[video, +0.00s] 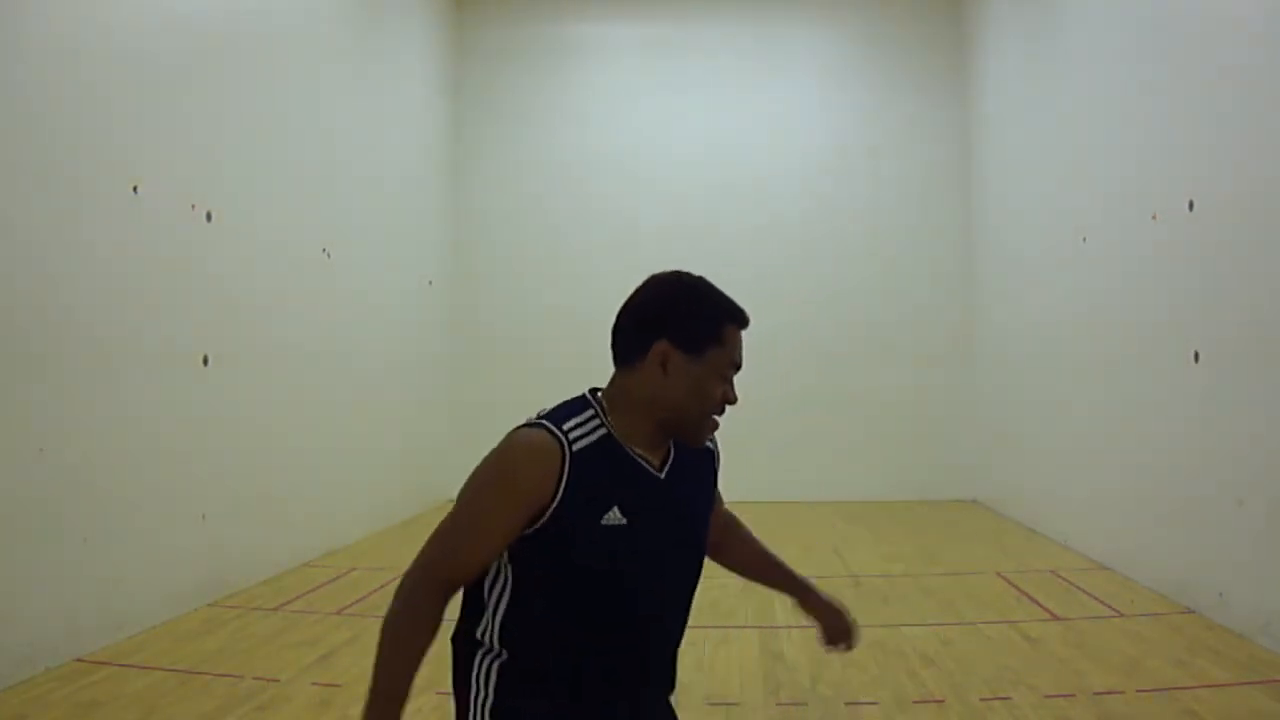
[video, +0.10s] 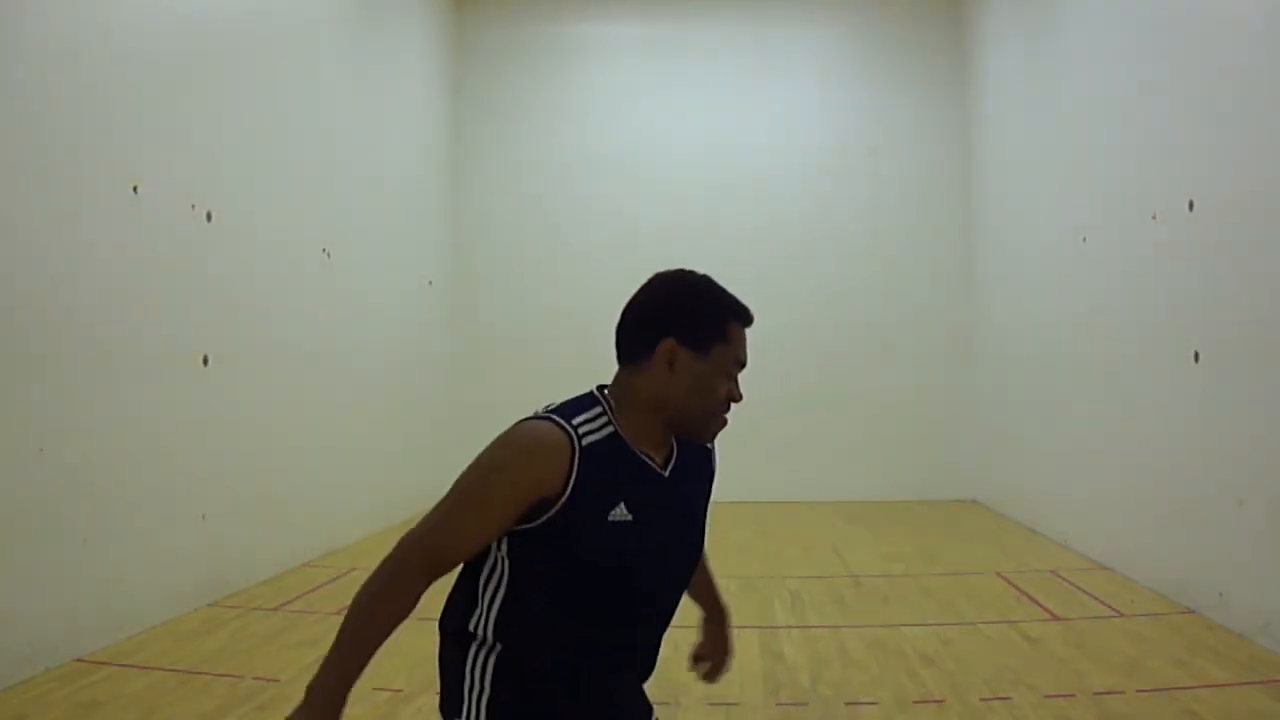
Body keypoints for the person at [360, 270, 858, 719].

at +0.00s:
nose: (732, 395)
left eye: (735, 376)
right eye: (726, 373)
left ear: (673, 365)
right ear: (665, 361)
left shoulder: (694, 451)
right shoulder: (537, 456)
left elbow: (706, 524)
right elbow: (425, 585)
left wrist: (804, 593)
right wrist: (380, 713)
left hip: (641, 707)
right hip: (523, 710)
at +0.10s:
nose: (739, 392)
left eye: (740, 374)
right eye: (732, 371)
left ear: (680, 362)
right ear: (671, 357)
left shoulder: (694, 455)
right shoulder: (546, 448)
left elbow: (672, 536)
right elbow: (410, 565)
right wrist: (323, 699)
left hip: (616, 697)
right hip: (507, 701)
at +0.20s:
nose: (752, 394)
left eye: (753, 376)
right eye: (745, 373)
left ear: (692, 367)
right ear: (688, 363)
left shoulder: (689, 455)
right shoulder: (574, 450)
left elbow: (620, 589)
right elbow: (443, 568)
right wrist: (336, 697)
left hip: (606, 700)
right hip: (510, 704)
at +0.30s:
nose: (762, 390)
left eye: (761, 372)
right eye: (755, 370)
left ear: (705, 362)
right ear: (705, 361)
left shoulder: (676, 450)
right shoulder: (619, 454)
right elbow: (525, 597)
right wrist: (482, 709)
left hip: (600, 698)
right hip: (547, 702)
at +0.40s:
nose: (754, 374)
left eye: (753, 356)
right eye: (747, 354)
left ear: (697, 348)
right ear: (700, 347)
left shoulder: (626, 415)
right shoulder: (657, 448)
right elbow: (649, 615)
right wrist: (680, 710)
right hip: (559, 693)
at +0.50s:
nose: (734, 354)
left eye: (735, 338)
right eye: (729, 335)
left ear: (680, 327)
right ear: (683, 328)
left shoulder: (586, 404)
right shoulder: (684, 415)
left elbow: (549, 542)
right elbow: (745, 564)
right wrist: (849, 632)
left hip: (548, 685)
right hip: (628, 692)